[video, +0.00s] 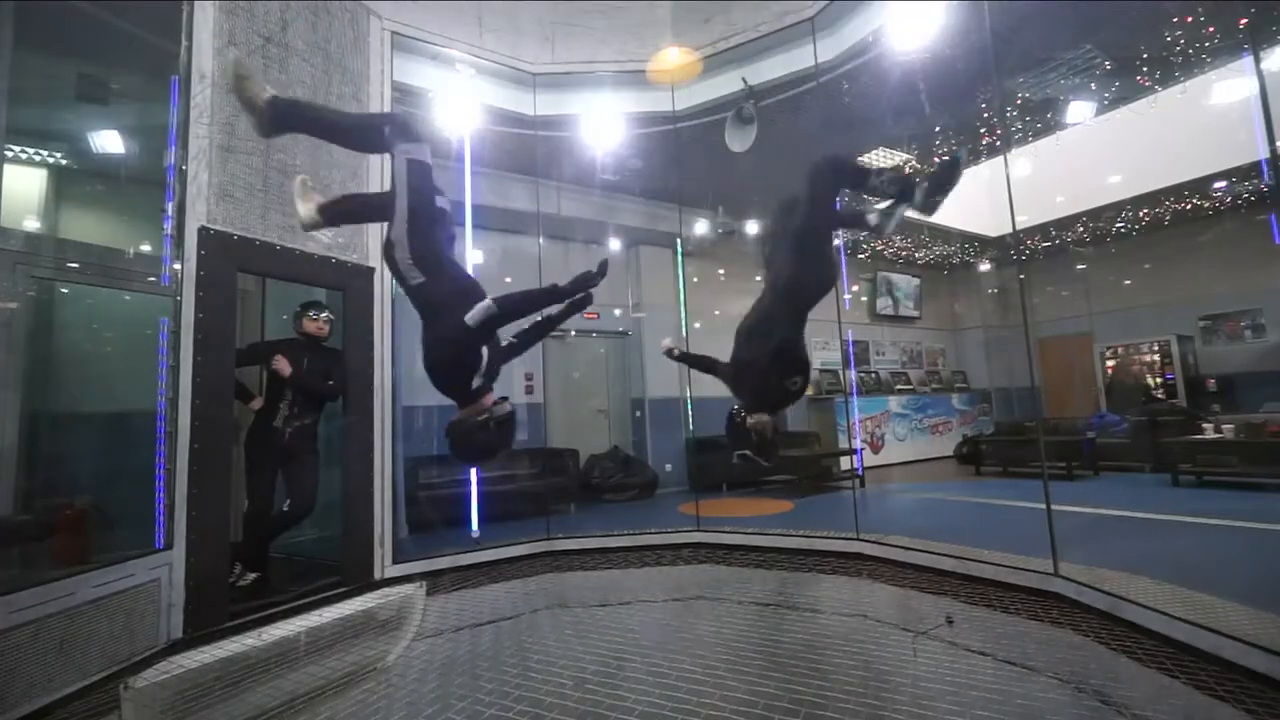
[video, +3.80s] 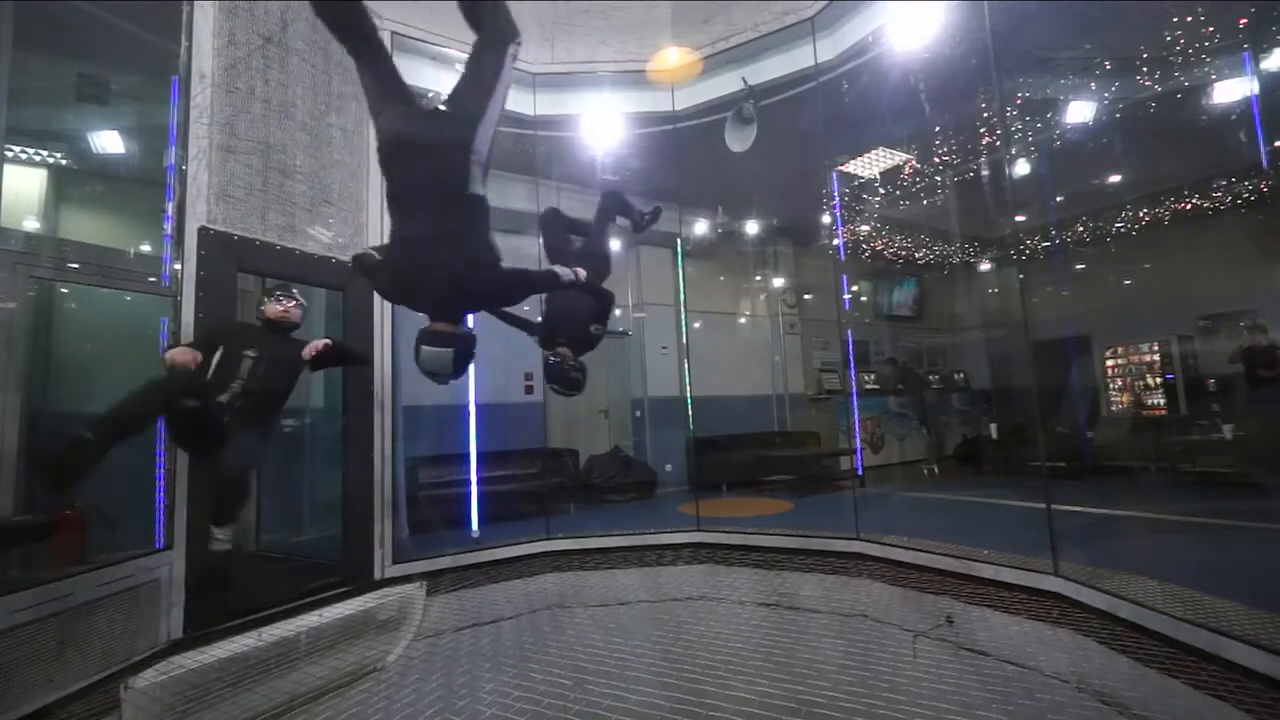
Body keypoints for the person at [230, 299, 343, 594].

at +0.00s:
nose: (320, 324)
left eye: (325, 320)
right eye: (313, 318)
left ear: (331, 326)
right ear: (299, 322)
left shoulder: (334, 357)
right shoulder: (279, 348)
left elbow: (333, 392)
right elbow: (224, 361)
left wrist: (292, 374)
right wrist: (250, 398)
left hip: (302, 440)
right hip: (264, 436)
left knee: (302, 505)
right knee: (260, 505)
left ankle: (242, 552)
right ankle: (255, 569)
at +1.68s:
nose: (319, 314)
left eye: (322, 309)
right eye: (314, 309)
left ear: (328, 313)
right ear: (302, 311)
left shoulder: (332, 346)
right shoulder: (274, 343)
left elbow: (341, 390)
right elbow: (256, 380)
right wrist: (297, 363)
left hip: (316, 439)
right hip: (281, 438)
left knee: (301, 506)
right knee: (272, 506)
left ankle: (286, 574)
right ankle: (258, 571)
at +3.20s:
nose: (315, 310)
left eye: (319, 306)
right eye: (307, 305)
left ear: (323, 313)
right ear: (290, 310)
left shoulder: (319, 351)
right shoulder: (266, 338)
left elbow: (352, 379)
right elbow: (235, 362)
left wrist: (354, 357)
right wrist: (279, 360)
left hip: (301, 437)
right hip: (265, 431)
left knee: (299, 506)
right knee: (229, 465)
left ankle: (283, 573)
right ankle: (236, 539)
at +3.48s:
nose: (310, 317)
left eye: (314, 313)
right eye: (301, 312)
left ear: (320, 322)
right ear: (284, 320)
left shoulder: (317, 355)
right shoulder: (262, 347)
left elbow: (335, 357)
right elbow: (209, 365)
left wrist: (352, 361)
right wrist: (252, 363)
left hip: (295, 446)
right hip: (256, 438)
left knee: (301, 517)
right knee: (216, 445)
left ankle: (281, 577)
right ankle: (191, 518)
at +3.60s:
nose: (305, 312)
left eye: (310, 309)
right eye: (297, 306)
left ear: (314, 321)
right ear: (280, 313)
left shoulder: (312, 352)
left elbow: (329, 356)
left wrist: (341, 356)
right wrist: (218, 349)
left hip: (282, 440)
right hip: (243, 431)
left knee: (288, 516)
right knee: (204, 426)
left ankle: (279, 575)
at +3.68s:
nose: (299, 306)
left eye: (305, 304)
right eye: (291, 301)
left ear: (309, 318)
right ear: (275, 308)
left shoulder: (309, 349)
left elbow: (364, 356)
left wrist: (338, 350)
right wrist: (182, 349)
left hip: (265, 434)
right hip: (222, 419)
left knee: (270, 518)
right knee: (194, 418)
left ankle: (265, 553)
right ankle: (124, 466)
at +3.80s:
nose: (287, 305)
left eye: (294, 304)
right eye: (280, 300)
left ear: (300, 318)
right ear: (263, 307)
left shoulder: (301, 350)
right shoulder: (231, 331)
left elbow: (363, 360)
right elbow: (180, 352)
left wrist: (333, 348)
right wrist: (175, 355)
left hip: (239, 440)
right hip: (199, 423)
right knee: (168, 385)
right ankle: (91, 442)